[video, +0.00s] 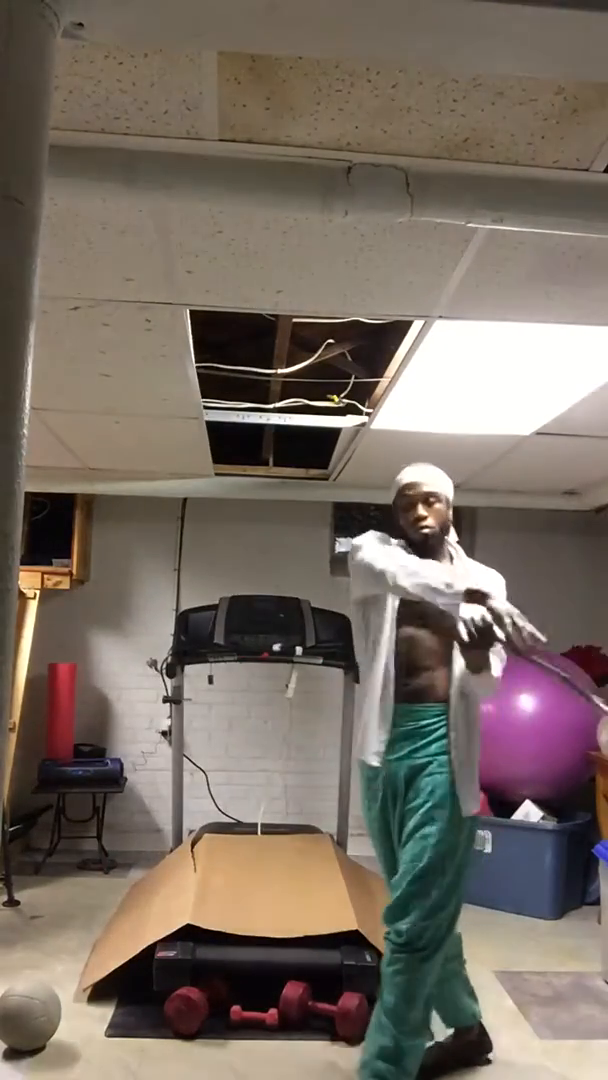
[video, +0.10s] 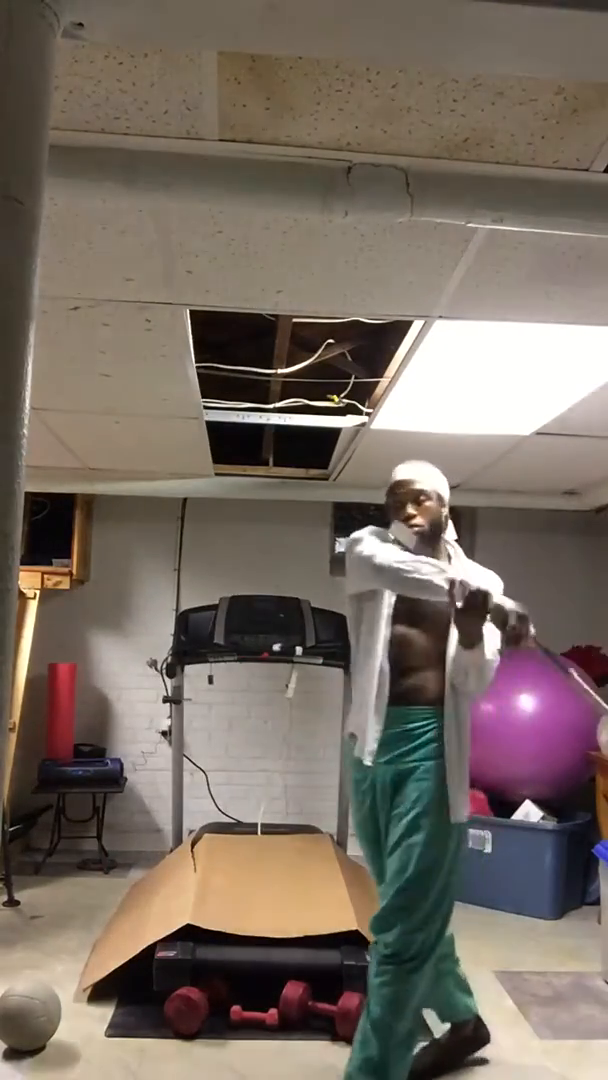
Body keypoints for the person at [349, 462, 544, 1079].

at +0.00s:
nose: (424, 510)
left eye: (433, 500)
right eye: (412, 502)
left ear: (452, 510)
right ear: (395, 514)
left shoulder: (478, 580)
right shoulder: (372, 550)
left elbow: (527, 647)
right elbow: (394, 571)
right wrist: (469, 600)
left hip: (444, 734)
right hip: (379, 735)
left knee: (414, 910)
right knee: (414, 898)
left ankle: (385, 1069)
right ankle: (466, 1028)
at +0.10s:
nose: (414, 507)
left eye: (425, 497)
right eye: (404, 500)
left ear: (448, 507)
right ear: (389, 512)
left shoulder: (475, 580)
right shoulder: (371, 548)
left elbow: (476, 686)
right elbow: (366, 558)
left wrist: (470, 628)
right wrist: (491, 600)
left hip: (432, 742)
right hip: (369, 741)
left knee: (401, 921)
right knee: (403, 899)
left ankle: (372, 1072)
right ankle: (463, 1022)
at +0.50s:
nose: (360, 481)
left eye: (373, 470)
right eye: (356, 474)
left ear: (415, 487)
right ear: (355, 492)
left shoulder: (456, 561)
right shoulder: (341, 548)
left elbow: (499, 661)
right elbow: (329, 508)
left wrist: (490, 566)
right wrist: (436, 522)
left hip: (417, 738)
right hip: (337, 735)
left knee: (395, 923)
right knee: (308, 904)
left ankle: (367, 1069)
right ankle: (383, 1009)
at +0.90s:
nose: (310, 506)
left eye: (322, 490)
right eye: (305, 494)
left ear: (371, 491)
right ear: (302, 502)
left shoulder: (430, 554)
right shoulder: (311, 558)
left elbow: (524, 609)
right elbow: (256, 586)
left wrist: (450, 566)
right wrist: (363, 555)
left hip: (421, 753)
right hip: (335, 752)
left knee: (405, 941)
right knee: (309, 943)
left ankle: (375, 1067)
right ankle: (308, 1067)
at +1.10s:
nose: (281, 523)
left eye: (290, 506)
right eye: (277, 511)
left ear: (340, 497)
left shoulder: (422, 546)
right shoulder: (285, 580)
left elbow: (475, 622)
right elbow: (232, 673)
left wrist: (386, 644)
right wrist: (296, 634)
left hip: (425, 767)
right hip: (336, 772)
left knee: (413, 980)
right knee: (335, 988)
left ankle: (391, 1070)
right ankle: (348, 1070)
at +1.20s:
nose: (268, 531)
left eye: (279, 513)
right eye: (261, 517)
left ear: (323, 507)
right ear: (262, 522)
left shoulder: (413, 551)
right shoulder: (276, 595)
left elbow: (442, 637)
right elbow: (229, 704)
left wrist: (349, 702)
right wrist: (280, 674)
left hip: (425, 775)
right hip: (335, 784)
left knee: (419, 986)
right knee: (345, 996)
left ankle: (391, 1069)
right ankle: (356, 1064)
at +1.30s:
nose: (242, 548)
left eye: (251, 533)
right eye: (240, 536)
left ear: (296, 527)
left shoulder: (398, 562)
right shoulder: (268, 616)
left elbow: (406, 666)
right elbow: (249, 718)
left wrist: (315, 763)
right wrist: (236, 745)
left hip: (425, 798)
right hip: (336, 809)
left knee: (421, 1006)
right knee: (346, 1023)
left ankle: (397, 1071)